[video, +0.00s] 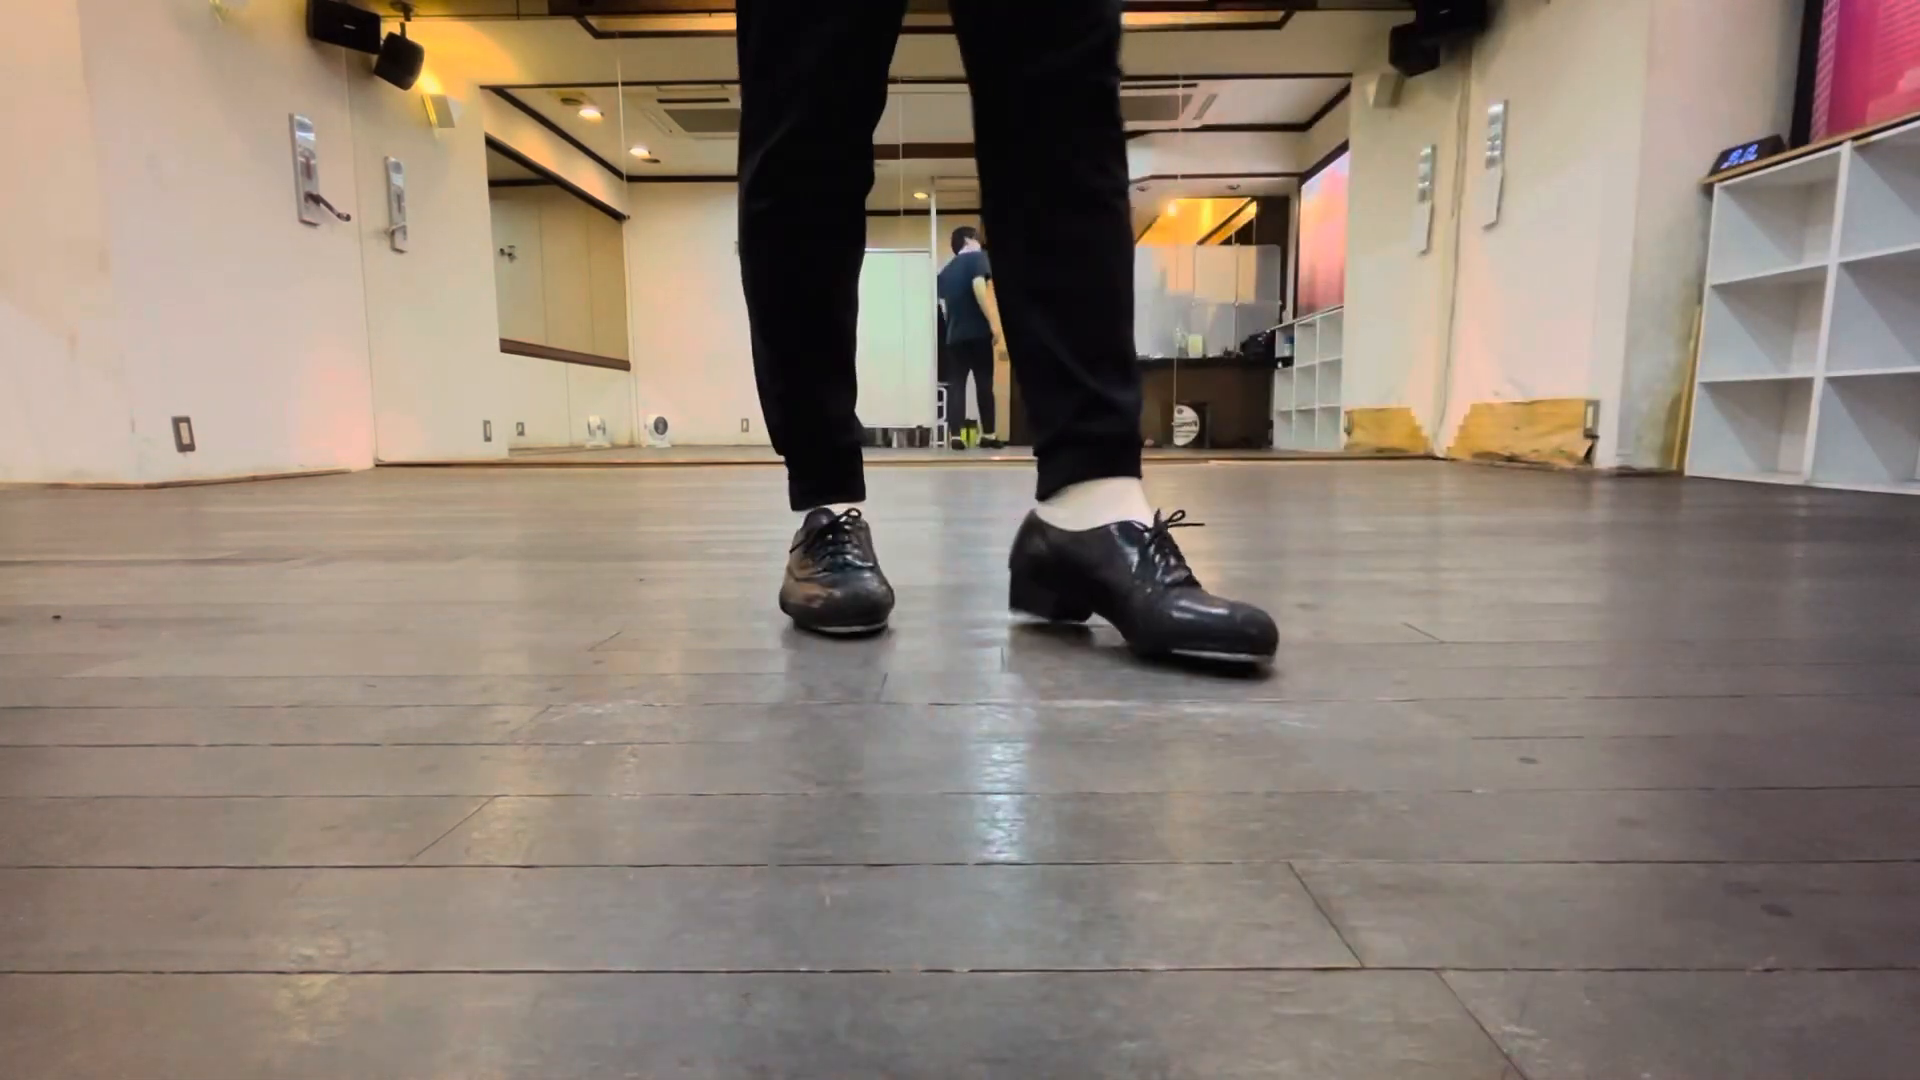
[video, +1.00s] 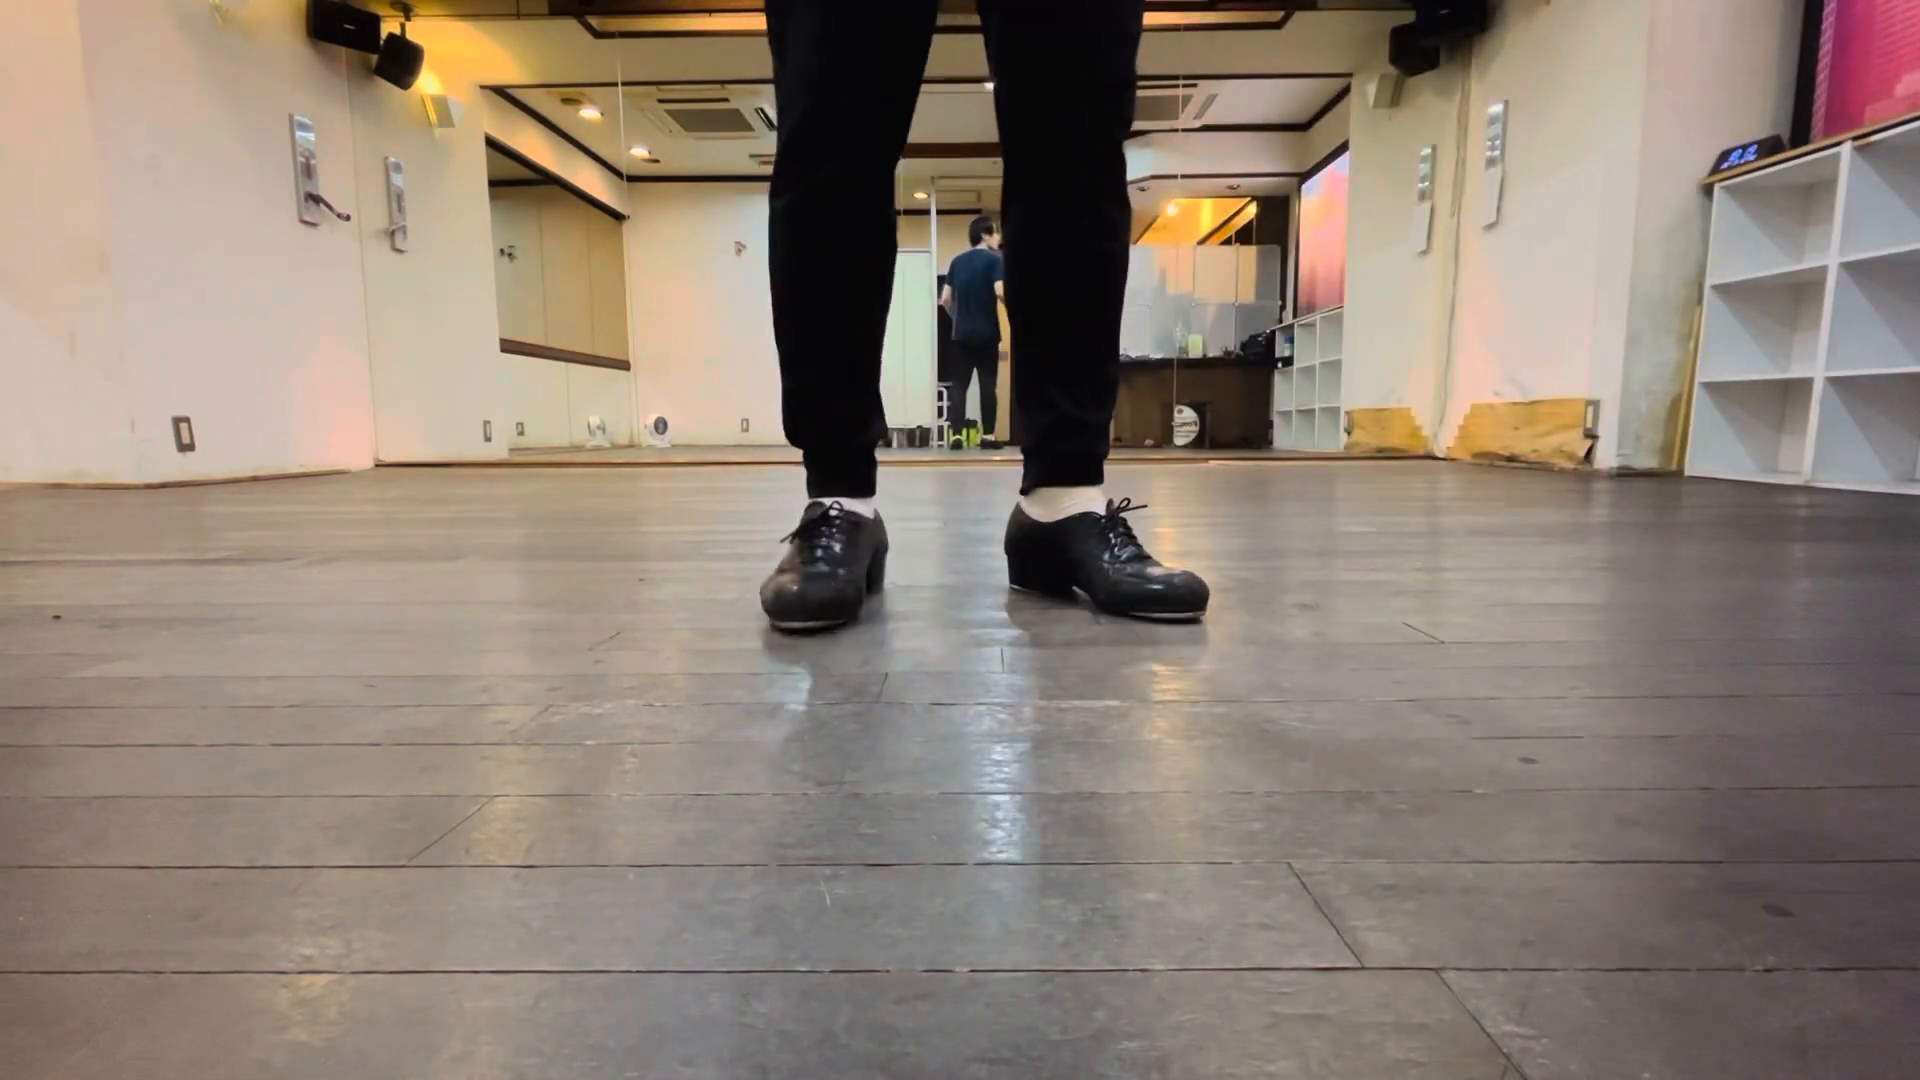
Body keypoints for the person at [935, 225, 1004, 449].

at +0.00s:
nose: (979, 244)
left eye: (977, 241)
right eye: (976, 240)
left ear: (957, 246)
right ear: (967, 241)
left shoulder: (945, 270)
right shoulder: (978, 258)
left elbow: (944, 305)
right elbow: (980, 287)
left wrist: (952, 326)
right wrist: (995, 324)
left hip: (955, 335)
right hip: (979, 331)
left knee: (956, 384)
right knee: (984, 384)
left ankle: (955, 434)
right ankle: (988, 433)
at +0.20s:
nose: (979, 242)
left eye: (977, 239)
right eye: (976, 239)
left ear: (957, 244)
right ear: (966, 241)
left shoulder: (946, 270)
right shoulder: (974, 257)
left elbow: (943, 302)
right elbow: (976, 287)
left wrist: (953, 326)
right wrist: (985, 323)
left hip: (954, 336)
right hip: (977, 333)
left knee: (956, 384)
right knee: (984, 384)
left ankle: (955, 433)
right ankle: (987, 433)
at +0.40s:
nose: (984, 238)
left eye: (983, 233)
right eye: (981, 234)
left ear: (962, 239)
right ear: (971, 237)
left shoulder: (952, 266)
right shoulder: (978, 258)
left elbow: (947, 303)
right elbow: (977, 287)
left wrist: (951, 329)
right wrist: (978, 322)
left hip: (957, 333)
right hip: (979, 331)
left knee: (958, 383)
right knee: (986, 383)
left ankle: (955, 433)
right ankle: (987, 433)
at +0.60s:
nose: (992, 236)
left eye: (991, 232)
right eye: (988, 232)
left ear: (972, 237)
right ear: (976, 236)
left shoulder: (957, 264)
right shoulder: (983, 258)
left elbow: (945, 302)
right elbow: (980, 291)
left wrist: (933, 332)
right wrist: (988, 328)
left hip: (960, 334)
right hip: (982, 333)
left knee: (960, 384)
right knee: (987, 385)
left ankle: (955, 433)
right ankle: (988, 434)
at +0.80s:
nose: (1000, 237)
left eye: (998, 232)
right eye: (996, 232)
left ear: (977, 237)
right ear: (984, 235)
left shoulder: (959, 262)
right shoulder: (992, 259)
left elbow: (948, 300)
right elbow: (992, 292)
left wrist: (939, 330)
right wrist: (1008, 318)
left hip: (961, 333)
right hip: (986, 332)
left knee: (961, 383)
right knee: (988, 385)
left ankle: (956, 432)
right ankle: (988, 434)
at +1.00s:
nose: (998, 238)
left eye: (997, 234)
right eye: (996, 234)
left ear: (974, 236)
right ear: (986, 235)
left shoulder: (957, 261)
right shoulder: (994, 259)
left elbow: (945, 299)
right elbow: (1000, 291)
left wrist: (958, 319)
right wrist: (1013, 307)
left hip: (961, 331)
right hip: (987, 331)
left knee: (959, 384)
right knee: (987, 386)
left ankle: (956, 433)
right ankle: (988, 434)